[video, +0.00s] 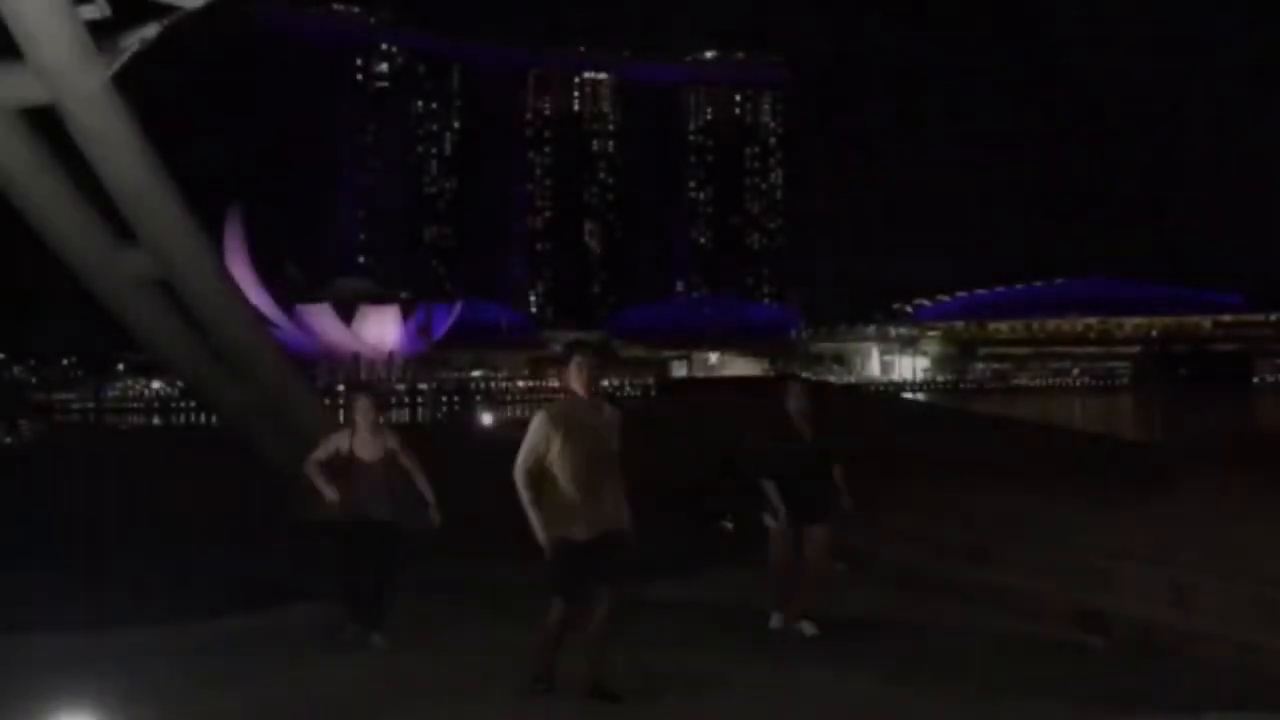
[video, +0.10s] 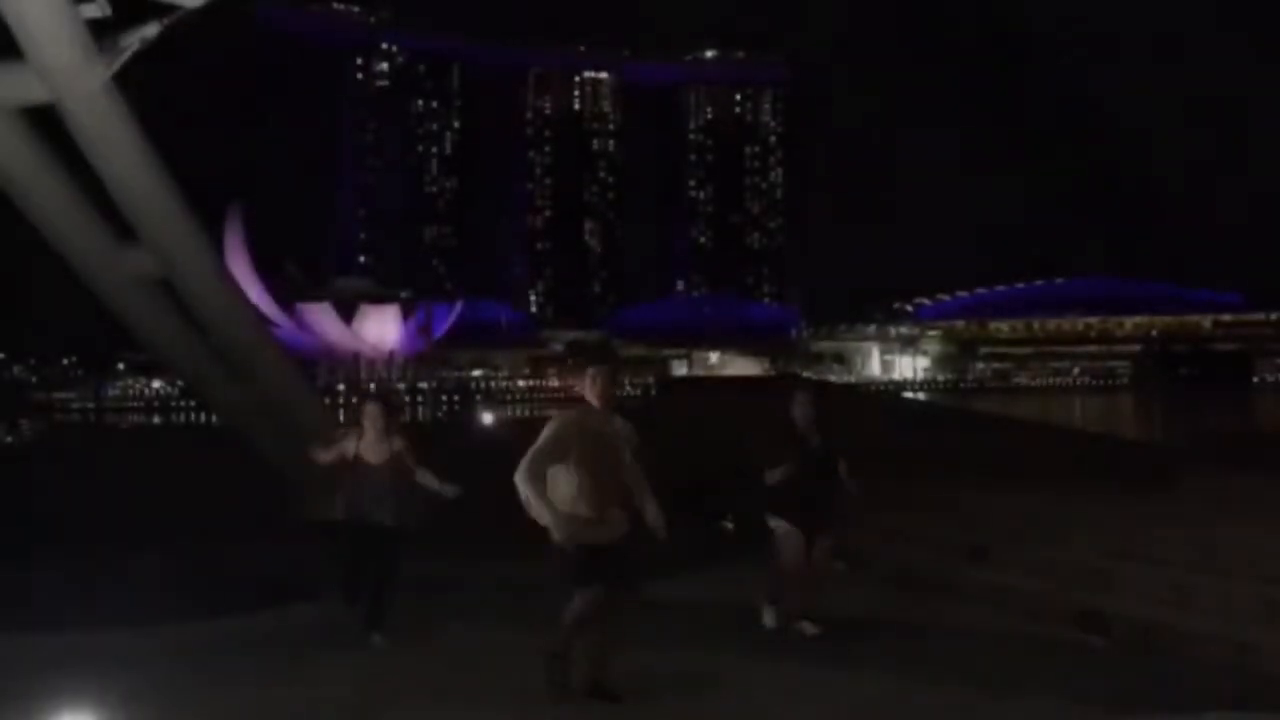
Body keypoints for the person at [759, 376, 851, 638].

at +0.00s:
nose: (799, 405)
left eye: (803, 399)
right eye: (794, 399)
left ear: (811, 401)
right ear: (785, 403)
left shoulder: (821, 431)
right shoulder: (776, 433)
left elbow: (834, 467)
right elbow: (766, 476)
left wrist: (843, 495)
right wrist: (779, 508)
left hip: (817, 504)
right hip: (784, 508)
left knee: (814, 562)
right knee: (781, 561)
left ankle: (801, 614)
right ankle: (778, 610)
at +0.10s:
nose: (803, 414)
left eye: (807, 408)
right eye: (798, 407)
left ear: (814, 410)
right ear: (790, 411)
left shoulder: (823, 441)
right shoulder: (781, 441)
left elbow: (838, 474)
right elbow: (768, 477)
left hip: (817, 509)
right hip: (785, 511)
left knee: (815, 566)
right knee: (792, 562)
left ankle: (803, 614)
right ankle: (771, 602)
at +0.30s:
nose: (808, 414)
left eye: (811, 409)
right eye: (803, 408)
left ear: (815, 411)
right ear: (795, 410)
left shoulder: (820, 438)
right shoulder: (791, 438)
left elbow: (827, 473)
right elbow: (777, 466)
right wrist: (790, 435)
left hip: (816, 508)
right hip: (792, 508)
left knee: (813, 565)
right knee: (799, 565)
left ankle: (805, 616)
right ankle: (793, 629)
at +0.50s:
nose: (804, 417)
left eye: (806, 410)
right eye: (798, 411)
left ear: (812, 414)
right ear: (790, 416)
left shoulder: (820, 446)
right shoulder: (786, 451)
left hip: (820, 514)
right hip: (796, 516)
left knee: (848, 555)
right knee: (816, 570)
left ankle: (801, 584)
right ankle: (796, 636)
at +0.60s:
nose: (804, 423)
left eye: (807, 417)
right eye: (798, 417)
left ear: (815, 420)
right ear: (789, 421)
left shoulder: (821, 450)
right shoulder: (782, 453)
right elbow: (779, 442)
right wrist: (790, 408)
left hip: (819, 517)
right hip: (789, 519)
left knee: (850, 554)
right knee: (815, 571)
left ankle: (810, 606)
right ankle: (795, 636)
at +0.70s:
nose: (808, 417)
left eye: (812, 412)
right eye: (803, 412)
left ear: (820, 414)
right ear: (795, 414)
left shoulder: (828, 439)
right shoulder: (788, 440)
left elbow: (851, 471)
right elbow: (769, 451)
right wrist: (791, 420)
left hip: (826, 511)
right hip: (793, 513)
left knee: (840, 557)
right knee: (808, 566)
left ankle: (823, 611)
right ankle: (795, 635)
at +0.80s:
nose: (811, 407)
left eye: (815, 401)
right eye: (806, 401)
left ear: (824, 404)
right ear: (798, 404)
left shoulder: (835, 431)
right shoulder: (788, 429)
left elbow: (854, 461)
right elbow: (768, 463)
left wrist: (856, 483)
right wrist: (795, 460)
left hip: (829, 506)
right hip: (794, 507)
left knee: (829, 564)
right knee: (796, 569)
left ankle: (833, 621)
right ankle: (795, 631)